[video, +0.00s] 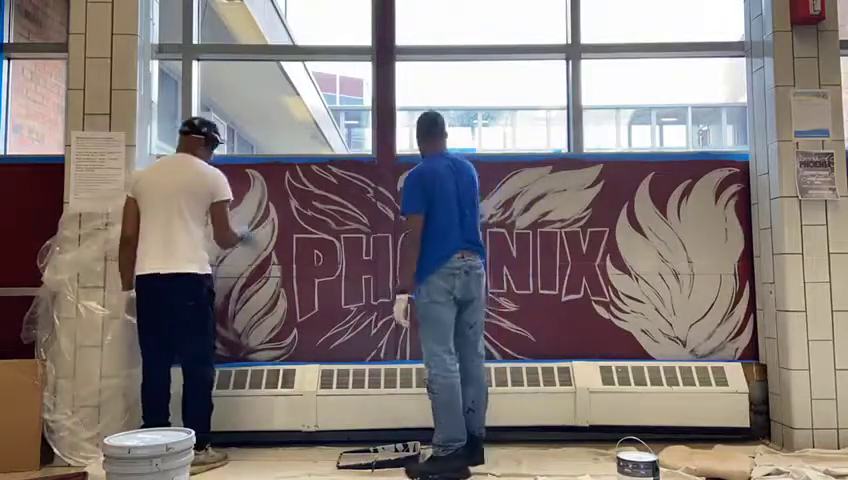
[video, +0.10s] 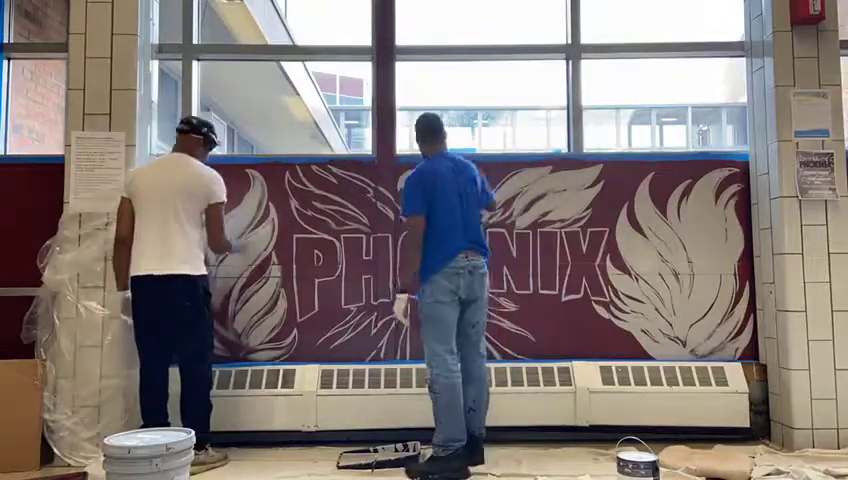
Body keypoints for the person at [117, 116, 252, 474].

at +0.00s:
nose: (212, 155)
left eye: (213, 150)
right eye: (213, 150)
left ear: (179, 140)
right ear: (206, 145)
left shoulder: (142, 176)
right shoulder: (212, 177)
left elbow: (128, 238)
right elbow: (224, 239)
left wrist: (128, 285)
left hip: (149, 282)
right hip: (191, 282)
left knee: (154, 366)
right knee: (199, 365)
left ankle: (156, 448)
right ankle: (196, 447)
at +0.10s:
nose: (211, 154)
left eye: (211, 149)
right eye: (211, 148)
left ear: (178, 140)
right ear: (202, 144)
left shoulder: (137, 175)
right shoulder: (208, 178)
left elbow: (123, 238)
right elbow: (217, 242)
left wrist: (123, 287)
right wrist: (227, 246)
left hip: (145, 284)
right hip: (187, 284)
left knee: (152, 369)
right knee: (196, 368)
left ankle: (155, 449)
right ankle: (197, 448)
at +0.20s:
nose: (210, 153)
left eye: (211, 147)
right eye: (211, 147)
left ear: (179, 138)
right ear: (202, 142)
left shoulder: (142, 174)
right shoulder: (209, 175)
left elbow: (126, 236)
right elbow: (233, 237)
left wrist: (127, 285)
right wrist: (255, 231)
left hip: (146, 282)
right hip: (189, 282)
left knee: (153, 366)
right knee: (197, 367)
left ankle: (155, 448)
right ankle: (197, 449)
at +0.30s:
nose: (206, 148)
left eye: (205, 142)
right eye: (206, 142)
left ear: (173, 138)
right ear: (197, 139)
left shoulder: (140, 175)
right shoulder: (207, 175)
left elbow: (124, 237)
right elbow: (231, 238)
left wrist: (125, 287)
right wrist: (257, 232)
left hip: (144, 283)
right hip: (186, 283)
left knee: (152, 368)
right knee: (196, 367)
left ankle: (155, 449)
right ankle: (196, 449)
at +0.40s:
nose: (227, 171)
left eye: (229, 164)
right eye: (226, 163)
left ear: (197, 150)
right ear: (212, 154)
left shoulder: (151, 174)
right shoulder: (217, 189)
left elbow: (121, 227)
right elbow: (235, 257)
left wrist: (116, 265)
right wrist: (258, 264)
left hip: (135, 279)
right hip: (178, 281)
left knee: (146, 369)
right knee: (191, 368)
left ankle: (153, 449)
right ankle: (196, 449)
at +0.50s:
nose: (234, 165)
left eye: (235, 158)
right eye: (229, 157)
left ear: (199, 151)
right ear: (206, 152)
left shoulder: (152, 175)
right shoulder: (218, 188)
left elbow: (125, 228)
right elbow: (223, 255)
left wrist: (121, 269)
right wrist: (248, 274)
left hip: (138, 280)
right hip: (181, 283)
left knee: (148, 370)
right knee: (192, 369)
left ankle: (155, 450)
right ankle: (196, 450)